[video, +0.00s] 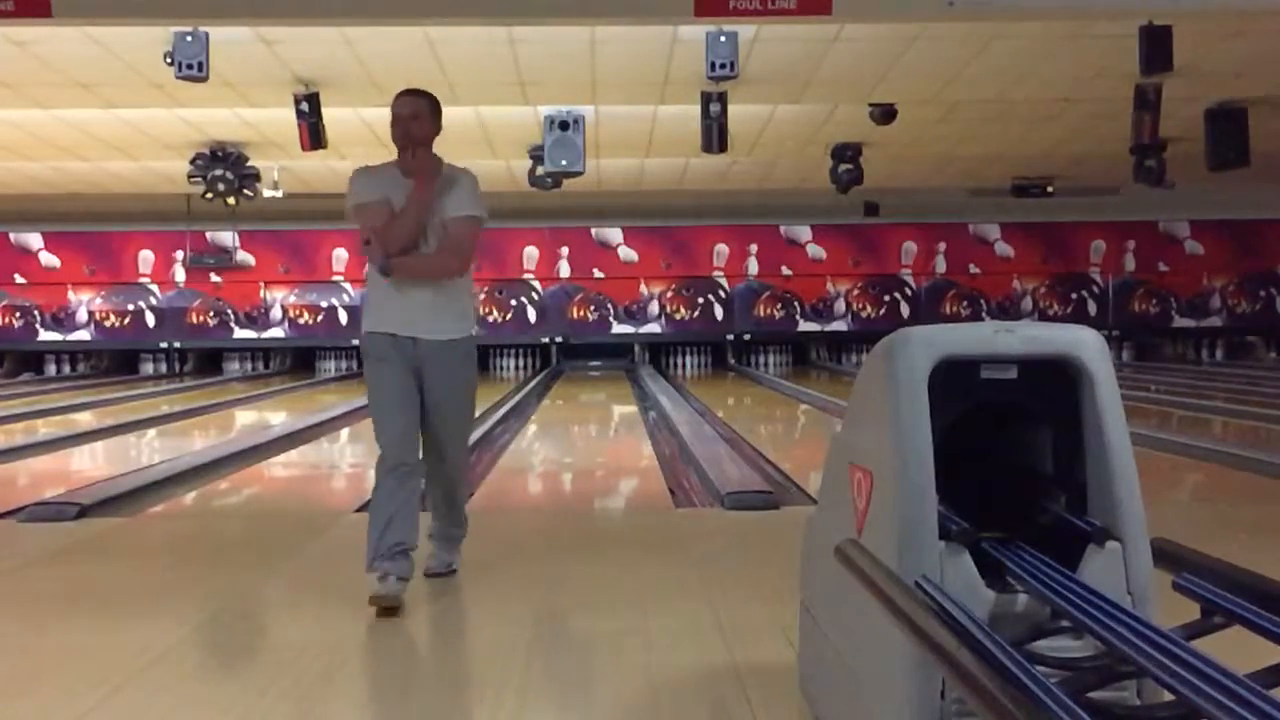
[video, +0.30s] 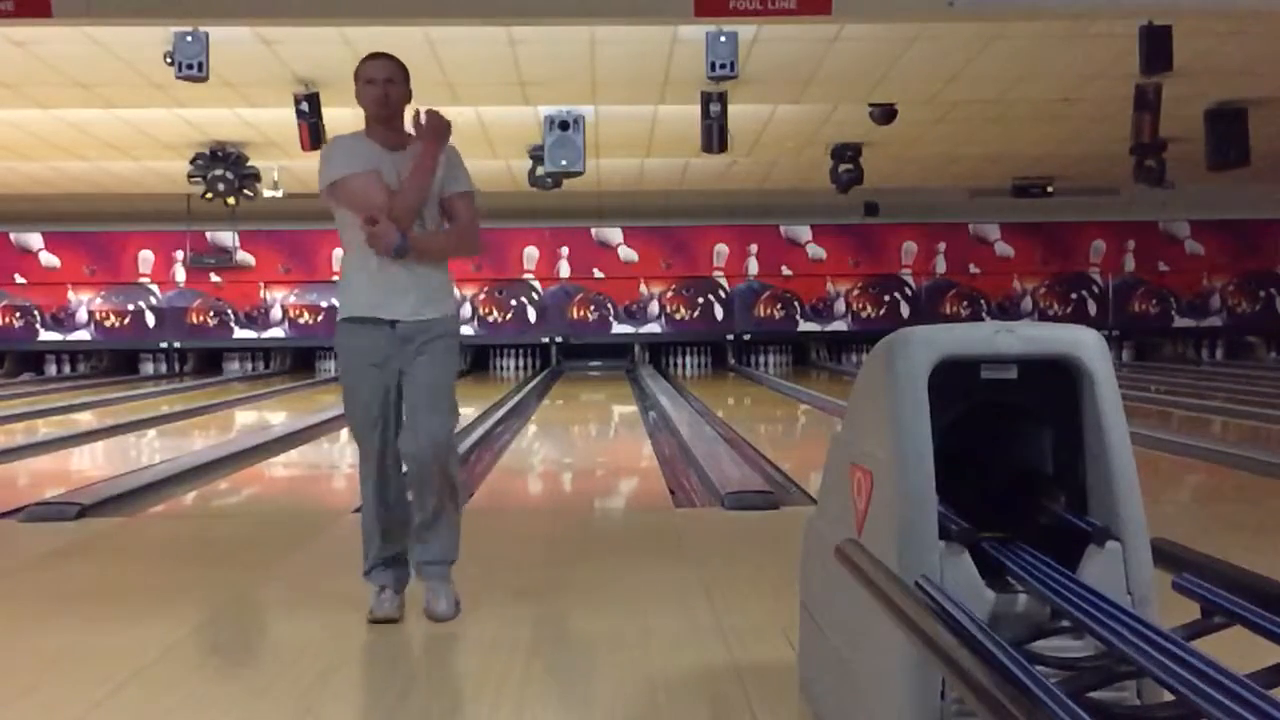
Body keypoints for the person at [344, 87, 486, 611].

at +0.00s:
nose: (406, 129)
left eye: (416, 119)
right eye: (398, 120)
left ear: (437, 126)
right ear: (389, 126)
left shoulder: (461, 183)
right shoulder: (369, 180)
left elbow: (456, 261)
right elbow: (390, 242)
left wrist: (393, 265)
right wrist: (425, 186)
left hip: (449, 337)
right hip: (387, 334)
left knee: (446, 452)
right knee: (397, 453)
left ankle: (446, 542)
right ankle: (390, 568)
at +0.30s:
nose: (381, 92)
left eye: (391, 82)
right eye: (371, 83)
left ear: (410, 94)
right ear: (356, 95)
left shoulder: (438, 152)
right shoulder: (342, 153)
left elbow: (468, 236)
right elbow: (394, 218)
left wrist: (407, 244)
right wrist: (429, 147)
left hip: (431, 324)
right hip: (366, 325)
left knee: (430, 447)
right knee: (377, 455)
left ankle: (436, 571)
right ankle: (386, 576)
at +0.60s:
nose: (375, 75)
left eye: (387, 65)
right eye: (365, 66)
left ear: (410, 80)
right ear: (352, 81)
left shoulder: (445, 159)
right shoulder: (320, 156)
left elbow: (471, 245)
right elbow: (297, 244)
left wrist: (458, 266)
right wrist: (355, 257)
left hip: (415, 345)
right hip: (341, 346)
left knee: (395, 486)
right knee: (352, 486)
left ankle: (379, 635)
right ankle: (377, 588)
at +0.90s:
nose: (362, 34)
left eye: (376, 23)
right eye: (350, 24)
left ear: (404, 38)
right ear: (339, 40)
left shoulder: (445, 125)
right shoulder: (307, 129)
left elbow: (483, 233)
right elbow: (263, 228)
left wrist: (461, 222)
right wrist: (216, 305)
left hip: (412, 337)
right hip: (325, 331)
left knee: (399, 499)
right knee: (325, 484)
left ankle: (379, 641)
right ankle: (319, 651)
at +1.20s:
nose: (337, 5)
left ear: (382, 11)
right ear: (312, 11)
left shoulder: (432, 100)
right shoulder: (274, 110)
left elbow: (456, 209)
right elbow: (256, 236)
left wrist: (463, 314)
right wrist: (249, 336)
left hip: (405, 349)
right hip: (305, 343)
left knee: (401, 525)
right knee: (319, 526)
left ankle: (379, 635)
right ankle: (320, 704)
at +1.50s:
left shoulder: (445, 67)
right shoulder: (260, 70)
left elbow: (483, 207)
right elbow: (222, 184)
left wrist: (490, 326)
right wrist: (219, 274)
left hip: (411, 340)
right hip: (297, 345)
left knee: (418, 539)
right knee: (317, 550)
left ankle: (435, 712)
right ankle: (324, 709)